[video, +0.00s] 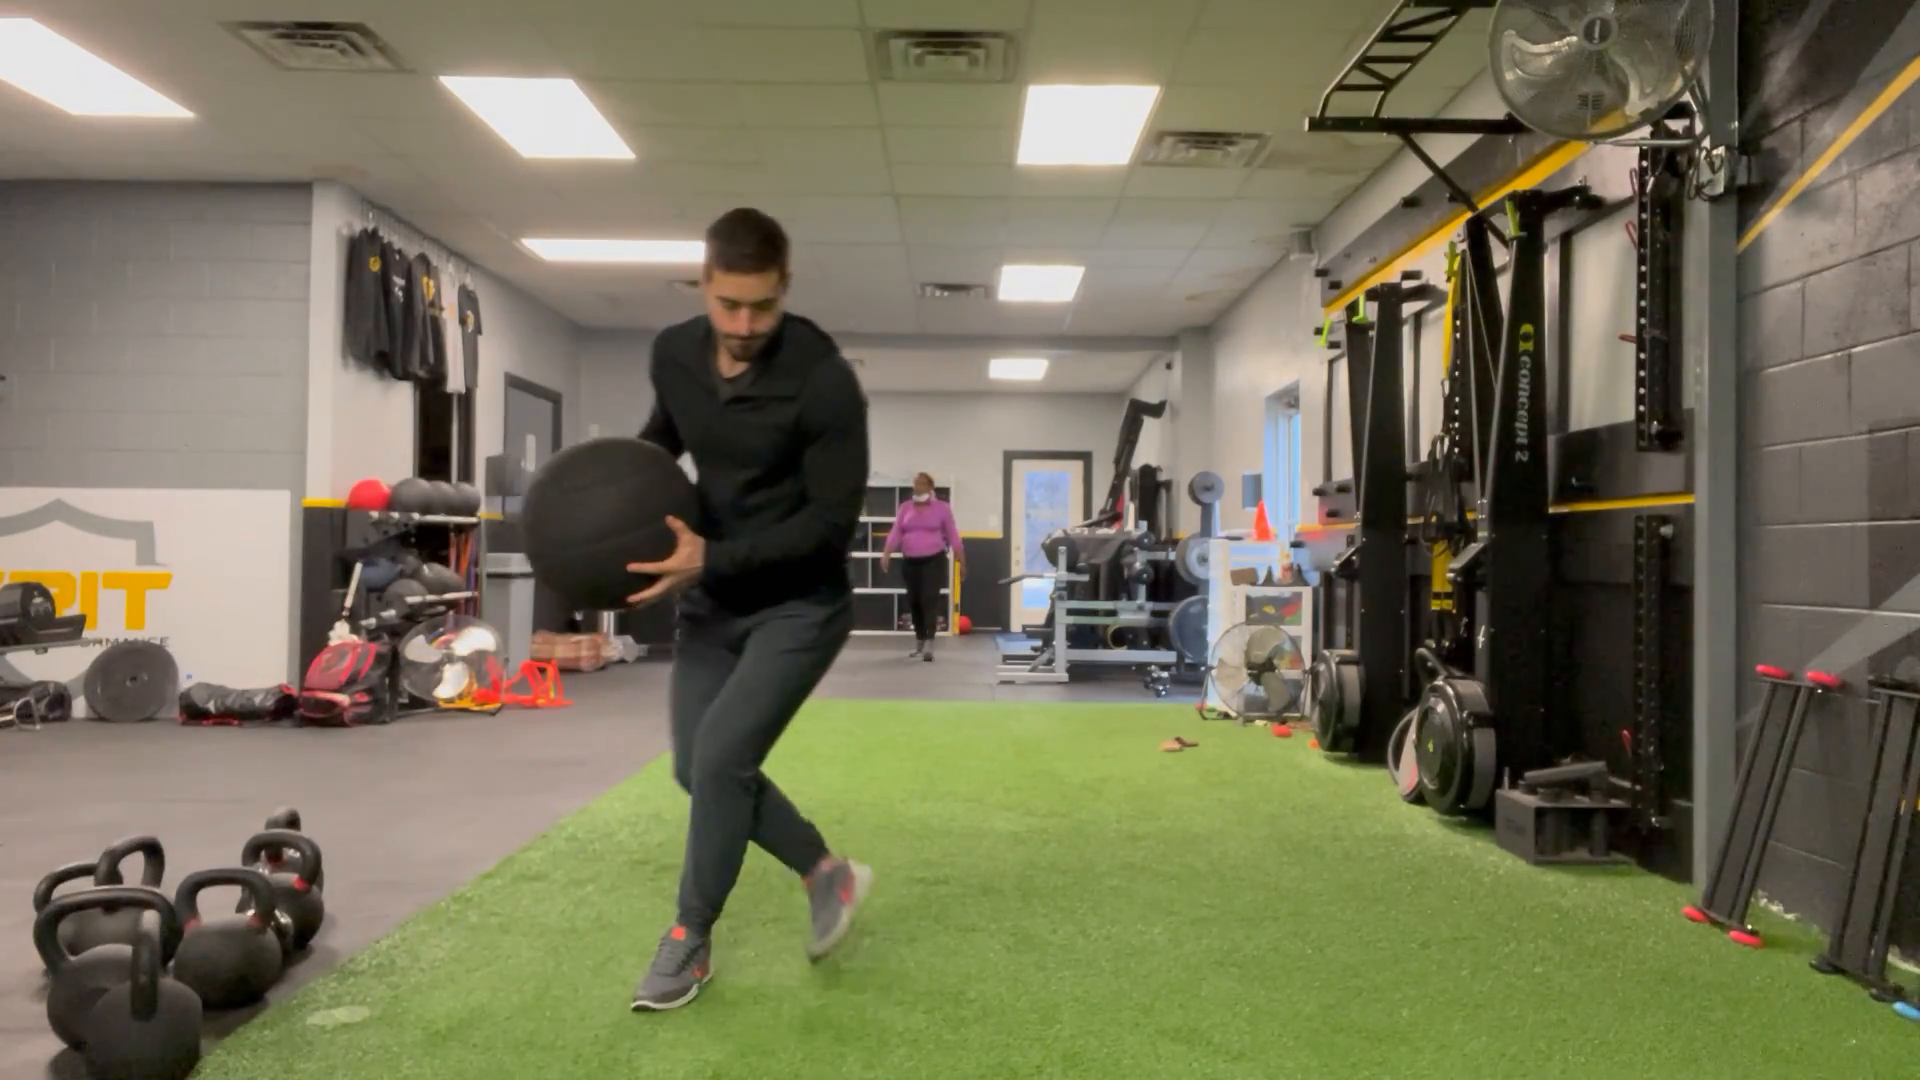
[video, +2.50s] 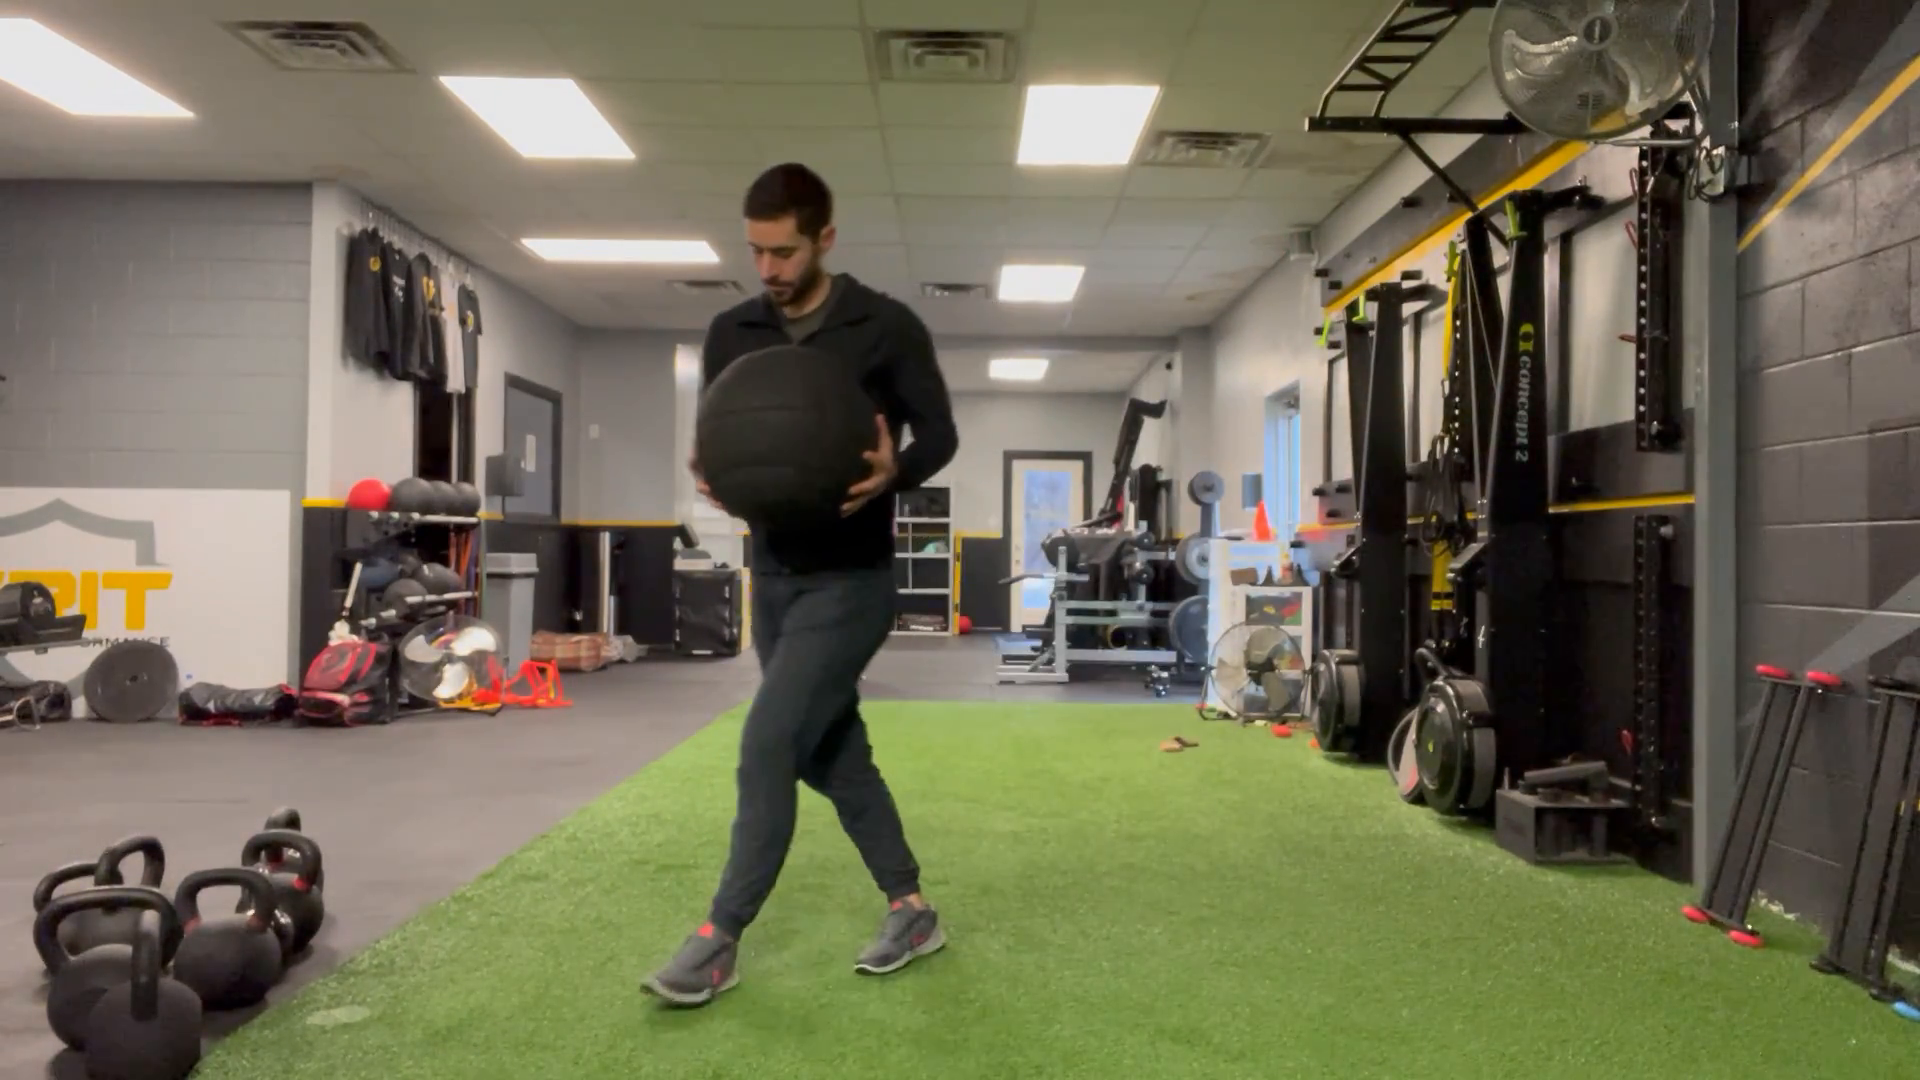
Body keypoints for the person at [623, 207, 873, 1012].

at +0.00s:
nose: (745, 323)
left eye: (762, 306)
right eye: (730, 304)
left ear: (785, 291)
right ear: (705, 287)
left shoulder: (825, 381)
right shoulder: (678, 353)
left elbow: (832, 524)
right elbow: (664, 437)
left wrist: (714, 555)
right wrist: (615, 505)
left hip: (804, 601)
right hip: (715, 599)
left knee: (720, 758)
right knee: (697, 768)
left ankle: (690, 935)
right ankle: (826, 872)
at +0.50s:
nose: (1015, 332)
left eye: (1028, 316)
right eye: (1000, 313)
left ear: (1041, 308)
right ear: (961, 294)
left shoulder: (1057, 400)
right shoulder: (903, 356)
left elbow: (1037, 542)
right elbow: (840, 441)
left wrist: (920, 577)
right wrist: (793, 515)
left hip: (1018, 613)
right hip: (913, 611)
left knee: (1084, 763)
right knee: (869, 764)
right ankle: (883, 917)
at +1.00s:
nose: (1295, 252)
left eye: (1297, 237)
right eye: (1287, 236)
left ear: (1227, 235)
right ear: (1236, 233)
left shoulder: (1179, 307)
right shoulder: (1223, 326)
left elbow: (1223, 414)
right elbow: (1288, 463)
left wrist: (1294, 336)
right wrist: (1371, 452)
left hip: (1168, 577)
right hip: (1143, 575)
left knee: (1211, 759)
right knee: (1079, 758)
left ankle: (1237, 931)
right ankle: (922, 872)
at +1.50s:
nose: (1203, 248)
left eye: (1207, 232)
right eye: (1188, 231)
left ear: (1173, 235)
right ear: (1133, 231)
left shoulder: (1199, 330)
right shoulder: (1074, 330)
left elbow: (1212, 436)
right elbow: (1052, 454)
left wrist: (1267, 471)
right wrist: (1064, 537)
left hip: (1183, 585)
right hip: (1092, 590)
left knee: (1235, 746)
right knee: (1021, 745)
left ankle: (1242, 932)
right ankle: (907, 880)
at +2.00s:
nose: (915, 271)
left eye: (930, 253)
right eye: (901, 254)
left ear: (959, 247)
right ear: (884, 250)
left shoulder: (1014, 338)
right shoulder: (853, 351)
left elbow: (1058, 447)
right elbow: (843, 460)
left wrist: (1018, 466)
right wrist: (838, 488)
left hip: (1002, 585)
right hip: (900, 593)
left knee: (1079, 747)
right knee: (892, 774)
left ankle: (1149, 910)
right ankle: (912, 914)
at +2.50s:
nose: (768, 270)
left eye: (785, 252)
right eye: (757, 252)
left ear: (826, 239)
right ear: (747, 244)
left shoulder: (887, 328)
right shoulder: (734, 330)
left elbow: (939, 438)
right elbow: (719, 434)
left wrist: (901, 467)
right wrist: (712, 467)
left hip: (852, 575)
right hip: (774, 572)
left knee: (769, 738)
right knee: (835, 749)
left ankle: (719, 934)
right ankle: (911, 906)